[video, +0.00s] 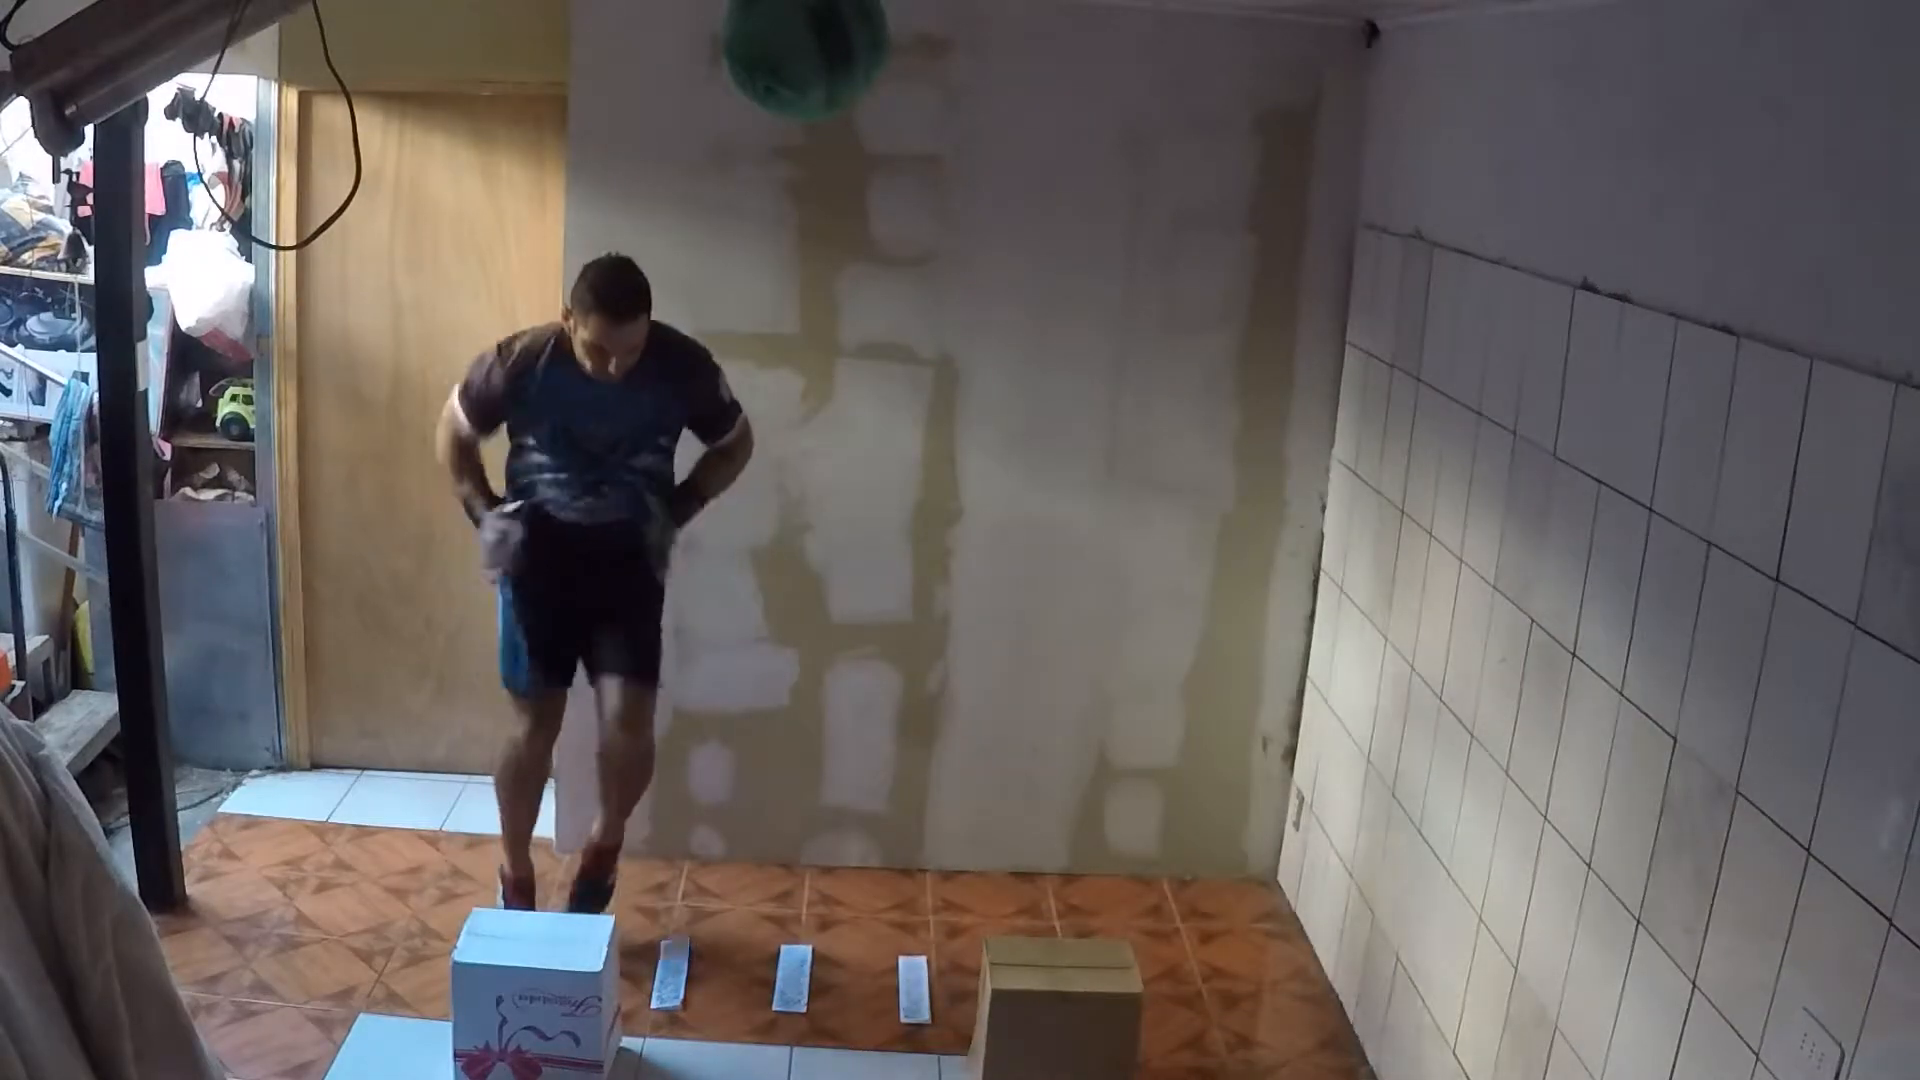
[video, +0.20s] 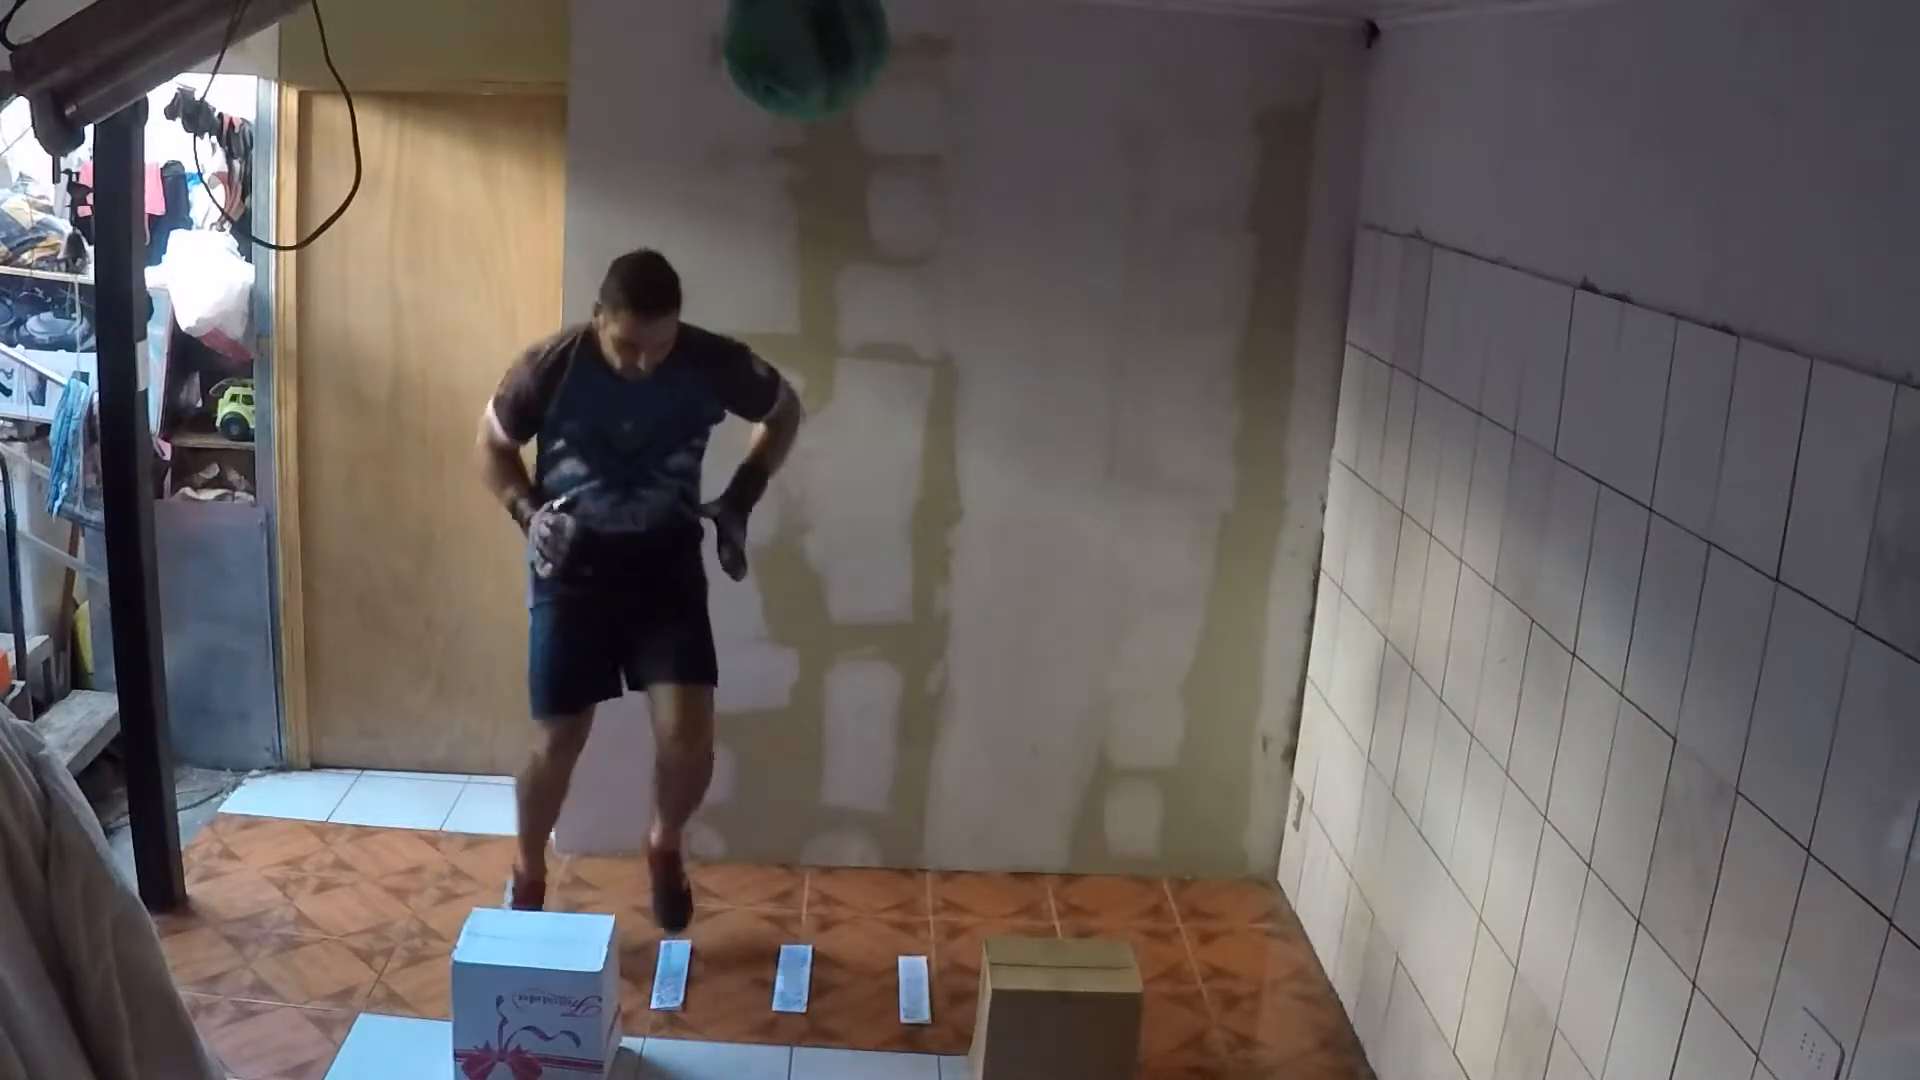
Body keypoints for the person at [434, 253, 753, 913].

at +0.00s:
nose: (614, 366)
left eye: (628, 352)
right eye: (600, 352)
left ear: (648, 324)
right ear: (570, 321)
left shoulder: (681, 365)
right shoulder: (521, 361)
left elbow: (734, 441)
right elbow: (456, 429)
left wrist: (674, 512)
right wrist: (485, 517)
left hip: (628, 559)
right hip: (540, 555)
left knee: (629, 724)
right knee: (533, 728)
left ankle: (606, 844)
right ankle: (516, 874)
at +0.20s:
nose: (638, 361)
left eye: (653, 347)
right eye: (625, 346)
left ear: (676, 324)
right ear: (599, 319)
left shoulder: (710, 363)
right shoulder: (549, 367)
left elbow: (784, 410)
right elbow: (495, 444)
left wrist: (739, 501)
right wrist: (528, 512)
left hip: (667, 563)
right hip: (575, 564)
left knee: (688, 737)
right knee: (560, 736)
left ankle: (665, 850)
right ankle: (529, 871)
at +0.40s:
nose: (703, 374)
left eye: (718, 359)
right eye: (689, 358)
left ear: (738, 336)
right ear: (660, 328)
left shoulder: (762, 379)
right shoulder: (610, 371)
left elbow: (817, 459)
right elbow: (519, 429)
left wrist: (760, 502)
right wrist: (562, 512)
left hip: (711, 578)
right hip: (622, 574)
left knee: (720, 766)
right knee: (626, 746)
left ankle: (674, 874)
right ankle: (600, 883)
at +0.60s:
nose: (770, 385)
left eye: (785, 372)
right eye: (758, 369)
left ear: (807, 354)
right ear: (730, 341)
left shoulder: (830, 389)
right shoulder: (676, 380)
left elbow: (883, 429)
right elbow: (598, 475)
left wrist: (831, 510)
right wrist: (659, 522)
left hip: (763, 580)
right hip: (671, 585)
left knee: (823, 732)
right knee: (651, 764)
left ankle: (801, 852)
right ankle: (608, 899)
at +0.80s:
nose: (838, 394)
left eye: (854, 381)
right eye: (829, 378)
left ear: (878, 360)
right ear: (800, 348)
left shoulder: (895, 403)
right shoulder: (741, 384)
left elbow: (937, 489)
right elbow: (636, 408)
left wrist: (882, 522)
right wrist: (673, 508)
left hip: (841, 591)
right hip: (747, 583)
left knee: (849, 775)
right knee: (745, 748)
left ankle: (825, 891)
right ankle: (723, 866)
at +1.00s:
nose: (896, 403)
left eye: (911, 388)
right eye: (884, 387)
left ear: (933, 366)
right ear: (854, 358)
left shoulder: (954, 405)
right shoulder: (799, 415)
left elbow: (985, 438)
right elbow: (725, 522)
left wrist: (970, 520)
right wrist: (790, 556)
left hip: (895, 612)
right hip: (803, 618)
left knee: (971, 762)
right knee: (779, 790)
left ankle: (951, 875)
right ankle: (737, 902)